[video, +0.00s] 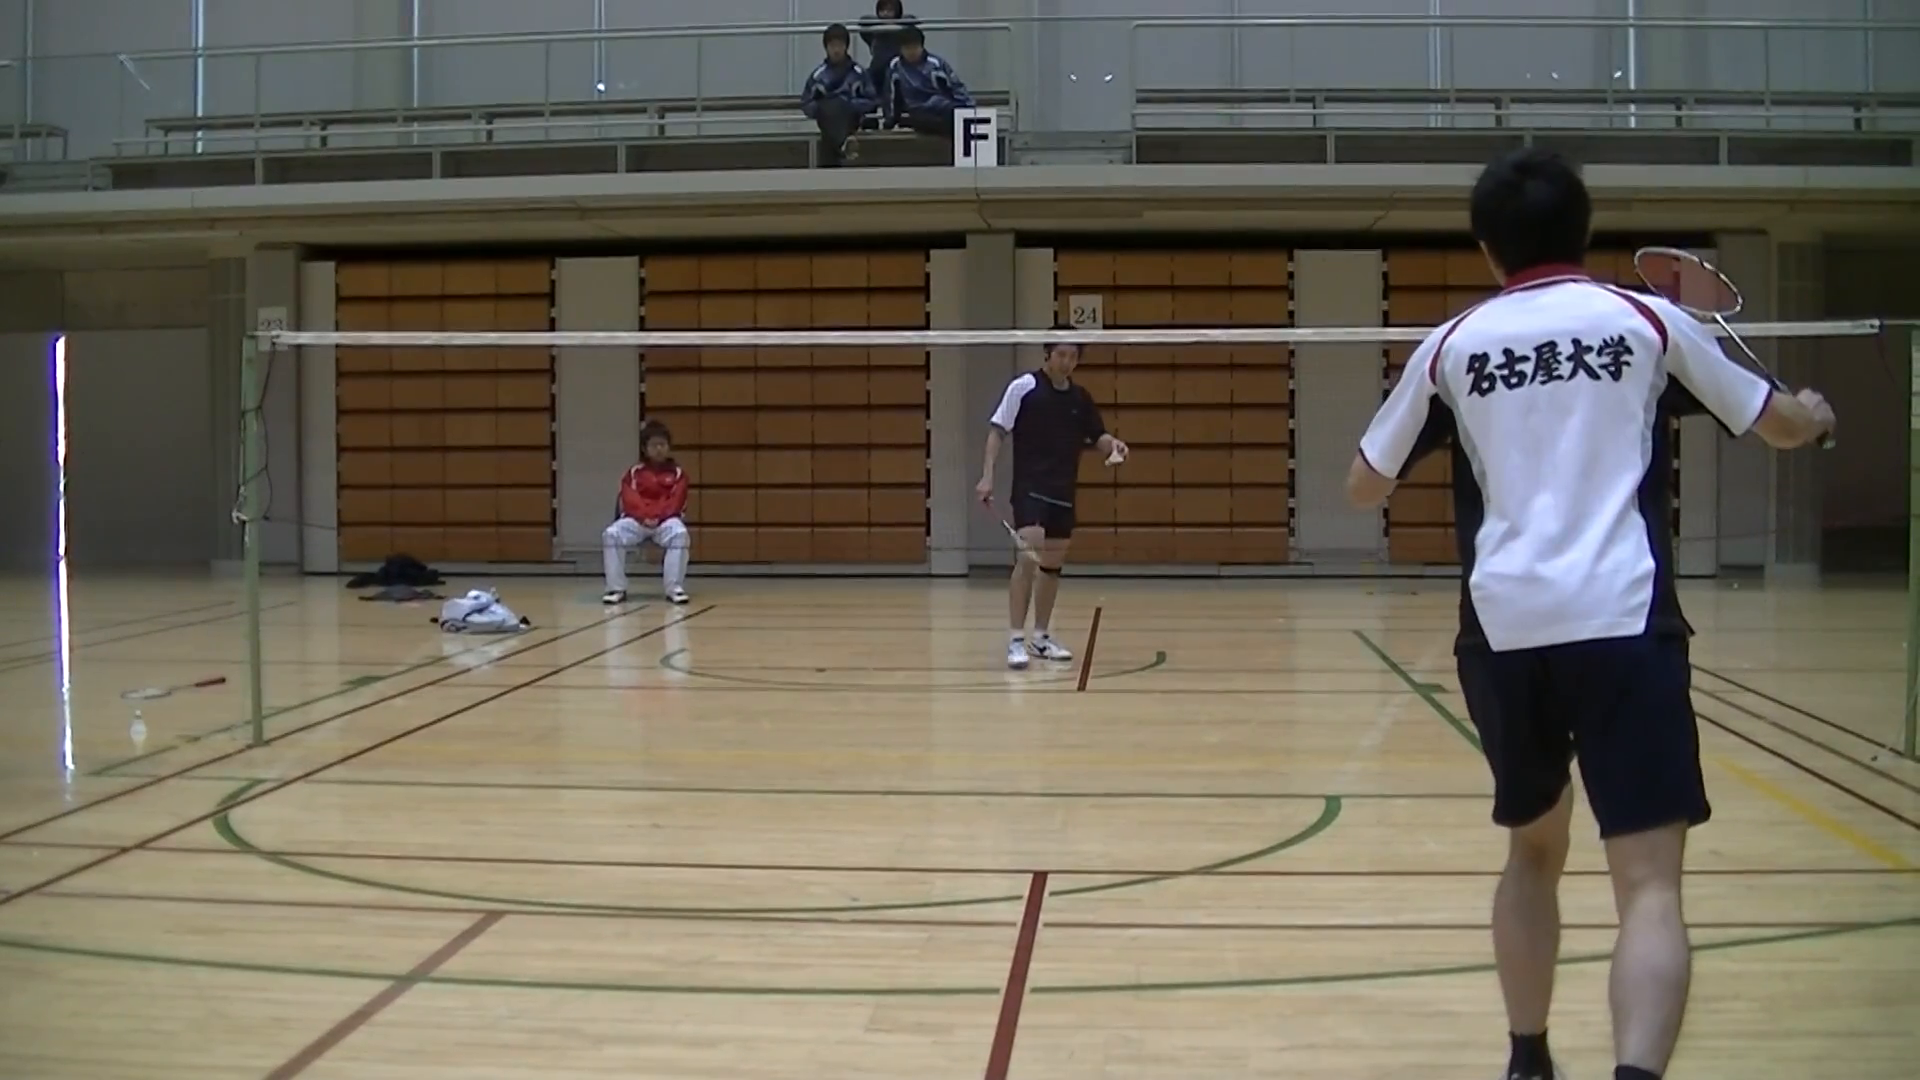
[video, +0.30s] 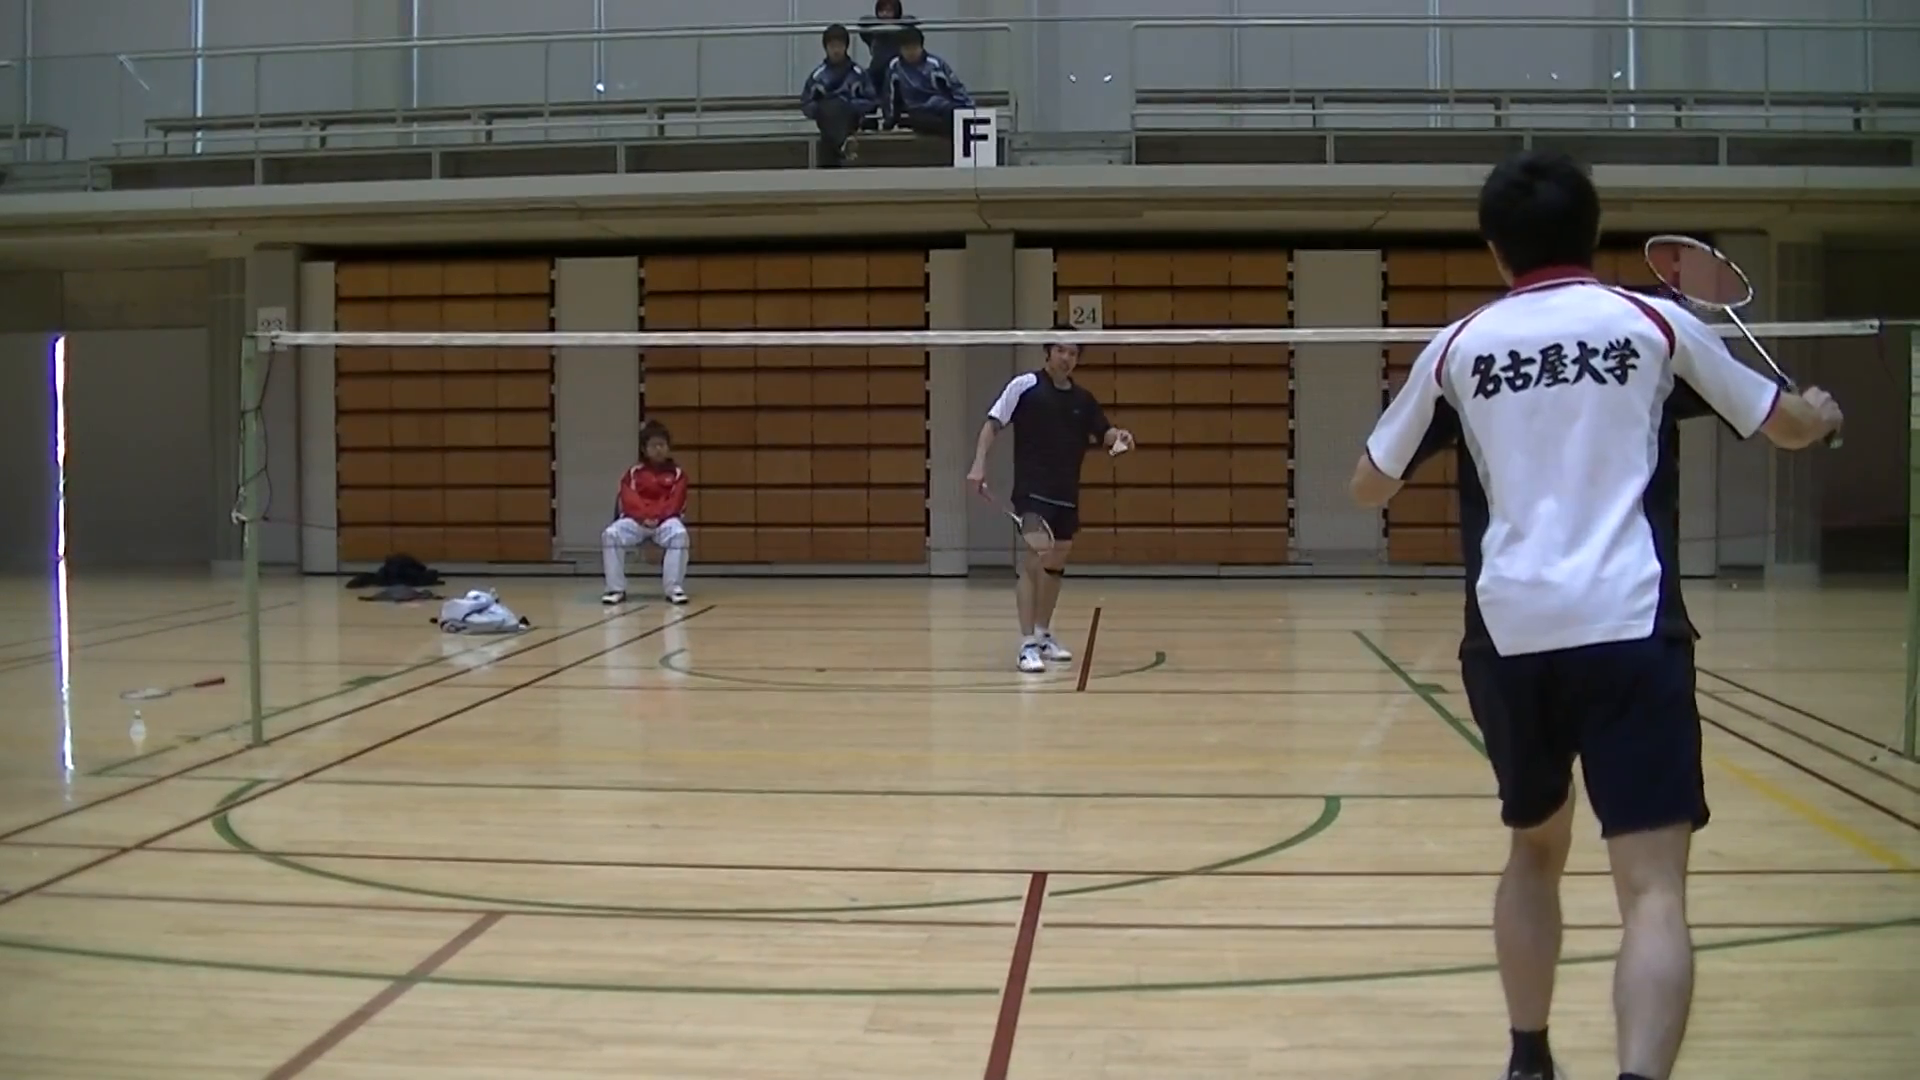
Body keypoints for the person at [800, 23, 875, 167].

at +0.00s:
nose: (836, 50)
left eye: (840, 45)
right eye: (832, 45)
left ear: (846, 47)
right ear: (826, 47)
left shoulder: (859, 72)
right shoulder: (818, 74)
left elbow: (871, 102)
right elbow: (807, 106)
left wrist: (846, 104)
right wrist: (823, 105)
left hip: (852, 119)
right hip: (826, 119)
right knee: (830, 105)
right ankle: (843, 143)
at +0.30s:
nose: (836, 50)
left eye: (840, 45)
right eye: (832, 46)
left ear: (846, 47)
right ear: (825, 47)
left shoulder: (858, 73)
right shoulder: (817, 75)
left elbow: (871, 102)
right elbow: (806, 106)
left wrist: (847, 105)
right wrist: (823, 107)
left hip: (852, 121)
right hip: (825, 120)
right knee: (829, 106)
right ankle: (843, 142)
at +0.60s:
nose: (835, 50)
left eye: (839, 45)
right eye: (831, 46)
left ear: (846, 47)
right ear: (824, 48)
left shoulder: (857, 72)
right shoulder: (816, 74)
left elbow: (870, 101)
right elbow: (805, 105)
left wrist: (846, 105)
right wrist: (821, 107)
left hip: (851, 117)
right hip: (823, 118)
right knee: (830, 104)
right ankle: (842, 143)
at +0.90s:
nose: (835, 50)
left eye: (839, 45)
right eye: (831, 46)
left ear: (845, 47)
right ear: (824, 48)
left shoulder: (857, 73)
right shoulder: (816, 75)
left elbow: (869, 103)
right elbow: (806, 106)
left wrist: (844, 105)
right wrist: (822, 106)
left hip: (851, 118)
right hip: (823, 119)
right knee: (829, 105)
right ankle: (842, 143)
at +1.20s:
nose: (835, 50)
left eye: (839, 45)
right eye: (831, 45)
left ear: (845, 47)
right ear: (824, 48)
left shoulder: (857, 73)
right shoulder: (815, 75)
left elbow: (869, 102)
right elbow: (806, 106)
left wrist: (844, 105)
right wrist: (823, 105)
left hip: (850, 118)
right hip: (823, 118)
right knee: (830, 104)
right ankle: (841, 143)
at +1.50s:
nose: (835, 50)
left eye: (839, 45)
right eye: (830, 45)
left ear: (845, 46)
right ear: (824, 47)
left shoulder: (857, 73)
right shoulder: (815, 75)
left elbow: (868, 102)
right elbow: (805, 107)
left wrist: (843, 104)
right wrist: (823, 105)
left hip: (850, 119)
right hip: (823, 119)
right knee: (830, 104)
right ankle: (841, 143)